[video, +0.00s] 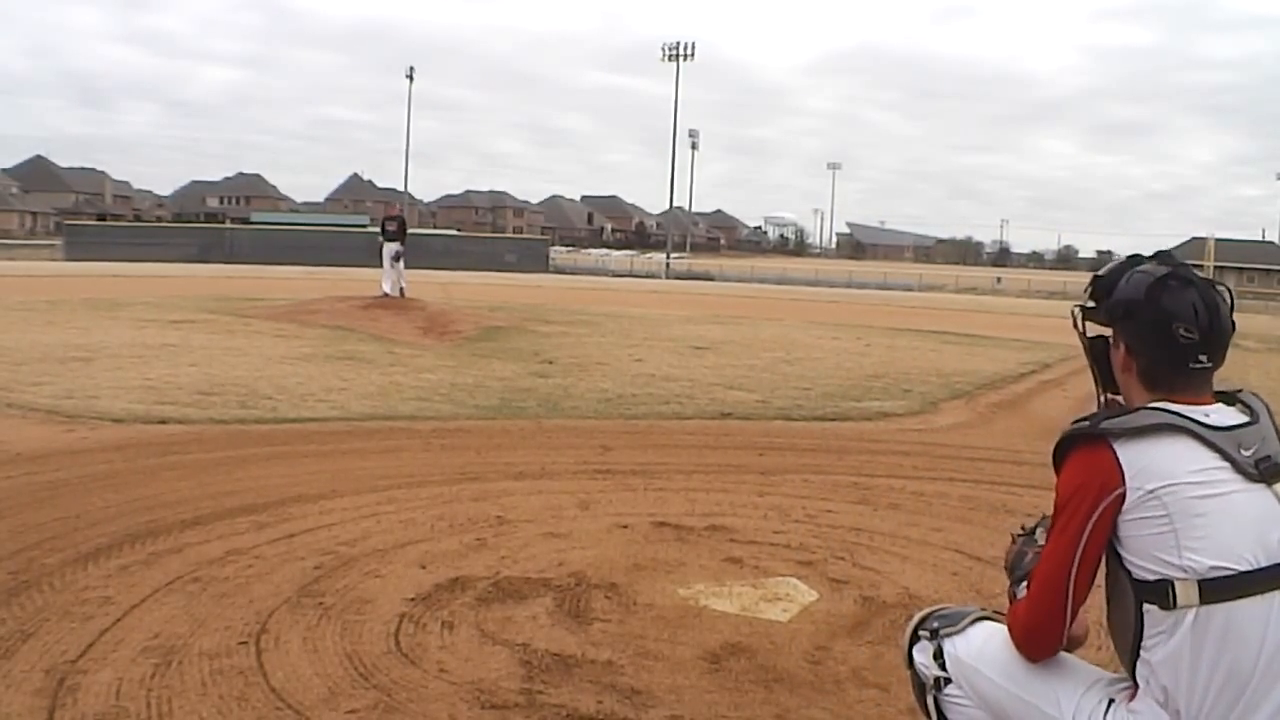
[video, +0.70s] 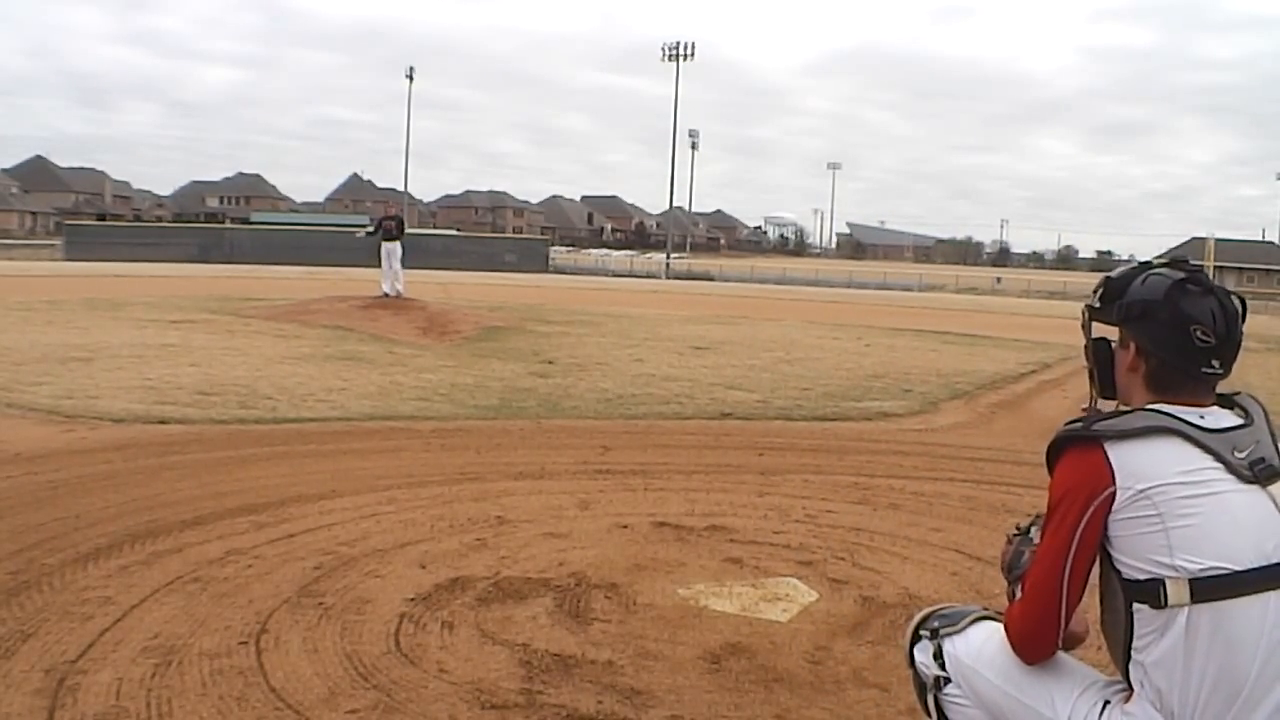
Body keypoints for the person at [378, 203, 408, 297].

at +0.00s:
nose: (392, 211)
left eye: (394, 208)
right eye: (391, 208)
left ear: (397, 209)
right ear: (388, 209)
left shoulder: (401, 219)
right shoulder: (385, 219)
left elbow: (404, 233)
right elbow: (382, 231)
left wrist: (402, 245)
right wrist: (384, 238)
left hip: (397, 244)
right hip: (387, 244)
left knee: (399, 268)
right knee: (386, 267)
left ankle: (401, 287)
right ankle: (386, 289)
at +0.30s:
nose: (389, 210)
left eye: (391, 207)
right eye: (388, 207)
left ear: (394, 209)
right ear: (385, 209)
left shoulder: (398, 220)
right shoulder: (381, 219)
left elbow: (402, 232)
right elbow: (378, 232)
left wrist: (397, 240)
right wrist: (383, 238)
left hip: (395, 242)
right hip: (384, 242)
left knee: (396, 266)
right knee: (384, 267)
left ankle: (399, 286)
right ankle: (386, 290)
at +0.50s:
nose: (389, 210)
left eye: (391, 207)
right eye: (388, 208)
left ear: (394, 209)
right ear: (385, 209)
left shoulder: (398, 219)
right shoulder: (381, 220)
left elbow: (402, 232)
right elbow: (376, 232)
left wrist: (397, 238)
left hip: (394, 243)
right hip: (384, 243)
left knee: (395, 267)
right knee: (384, 267)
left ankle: (399, 290)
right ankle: (386, 290)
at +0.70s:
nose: (390, 210)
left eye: (392, 207)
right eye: (388, 207)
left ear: (395, 209)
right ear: (386, 209)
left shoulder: (399, 219)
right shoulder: (382, 219)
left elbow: (402, 231)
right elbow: (375, 232)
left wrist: (398, 239)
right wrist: (365, 233)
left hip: (395, 242)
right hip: (385, 243)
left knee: (396, 267)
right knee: (385, 267)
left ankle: (399, 290)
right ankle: (386, 290)